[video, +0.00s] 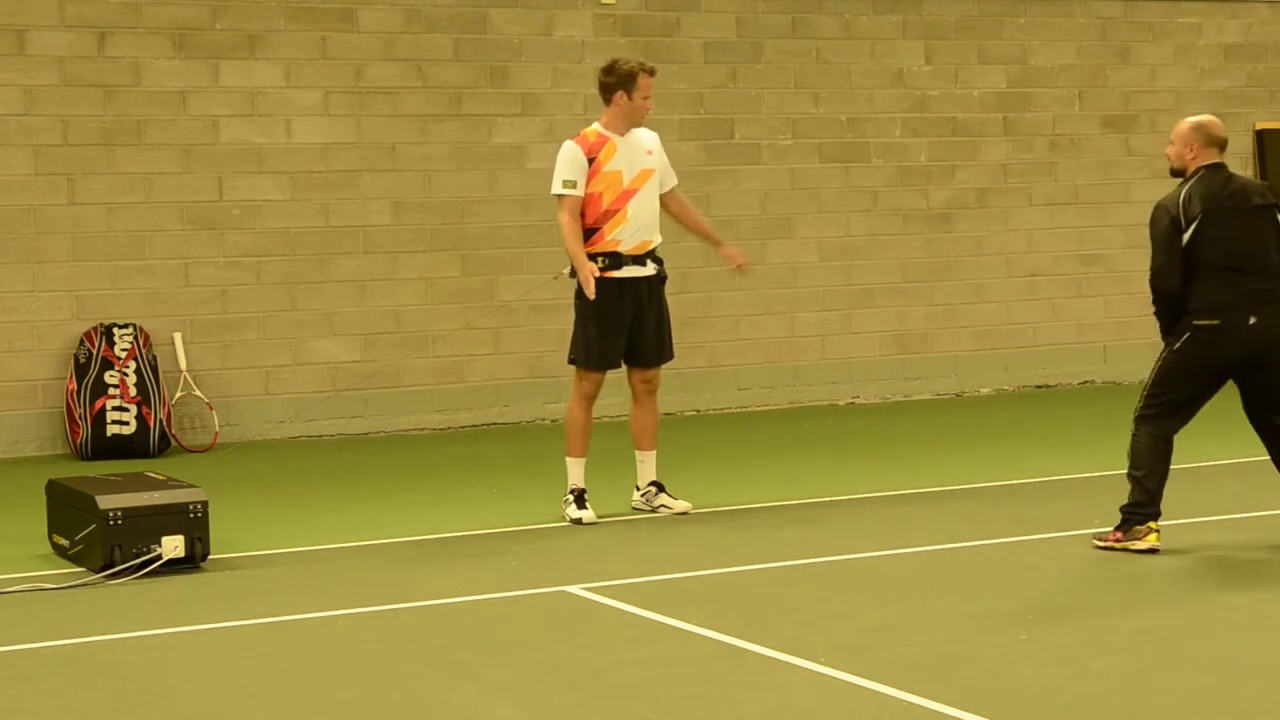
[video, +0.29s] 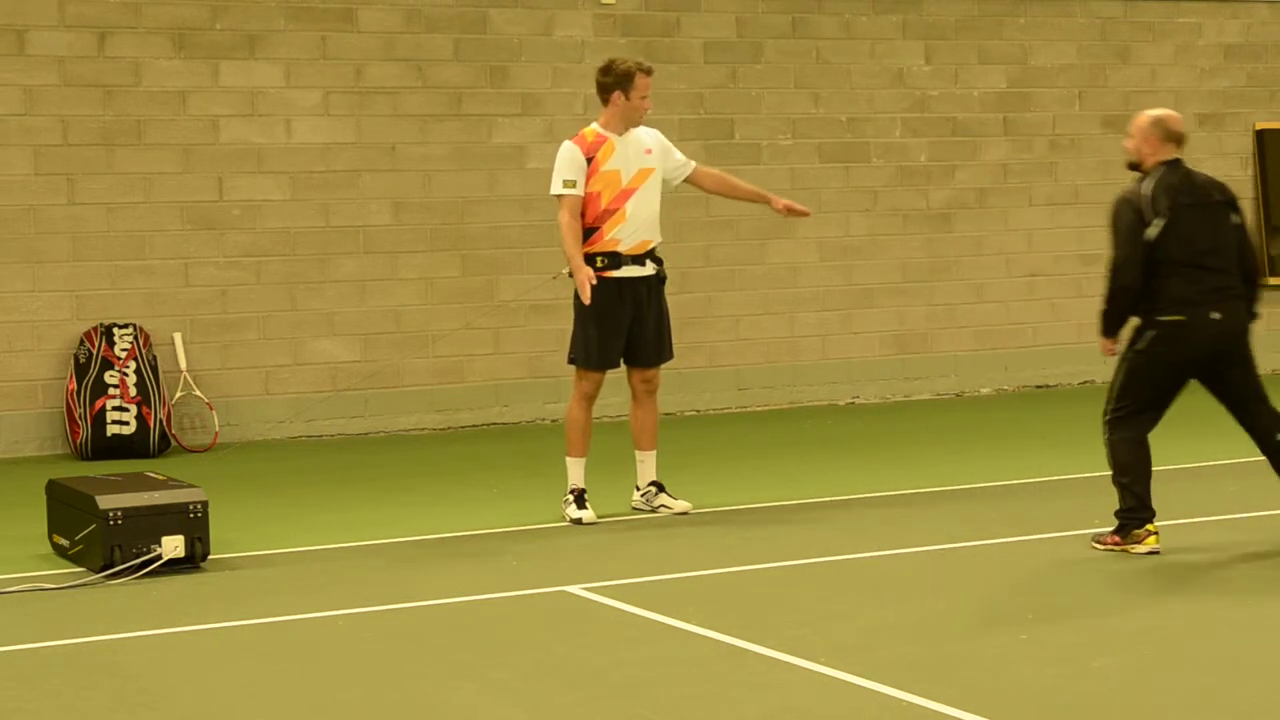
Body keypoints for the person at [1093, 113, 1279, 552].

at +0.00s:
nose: (1166, 151)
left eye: (1172, 144)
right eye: (1169, 143)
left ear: (1192, 149)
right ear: (1213, 151)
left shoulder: (1174, 205)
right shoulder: (1263, 195)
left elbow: (1166, 282)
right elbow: (1274, 263)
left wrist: (1174, 337)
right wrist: (1264, 313)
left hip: (1209, 332)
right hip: (1269, 332)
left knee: (1154, 419)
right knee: (1273, 422)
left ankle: (1140, 522)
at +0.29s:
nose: (1126, 144)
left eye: (1133, 136)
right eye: (1129, 136)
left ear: (1154, 143)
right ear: (1171, 145)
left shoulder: (1136, 200)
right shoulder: (1218, 191)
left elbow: (1128, 274)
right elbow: (1249, 264)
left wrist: (1110, 327)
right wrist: (1240, 312)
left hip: (1168, 331)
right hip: (1226, 329)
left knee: (1123, 421)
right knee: (1264, 420)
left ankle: (1136, 526)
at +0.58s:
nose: (1072, 125)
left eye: (1075, 116)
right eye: (1074, 116)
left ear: (1094, 118)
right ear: (1120, 116)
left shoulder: (1080, 177)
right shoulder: (1168, 168)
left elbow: (1070, 254)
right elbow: (1181, 243)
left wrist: (1056, 322)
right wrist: (1149, 279)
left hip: (1112, 315)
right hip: (1172, 309)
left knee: (1111, 415)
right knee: (1160, 410)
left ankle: (1130, 524)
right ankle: (1145, 502)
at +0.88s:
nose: (1037, 128)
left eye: (1040, 119)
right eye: (1038, 118)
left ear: (1055, 121)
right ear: (1087, 119)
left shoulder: (1038, 177)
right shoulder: (1131, 174)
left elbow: (1028, 257)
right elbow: (1141, 254)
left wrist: (1021, 327)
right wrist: (1113, 293)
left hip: (1060, 322)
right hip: (1119, 323)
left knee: (1027, 404)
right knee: (1097, 424)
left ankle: (1056, 515)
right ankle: (1082, 535)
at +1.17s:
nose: (986, 122)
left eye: (988, 113)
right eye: (988, 112)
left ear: (1001, 114)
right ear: (1032, 114)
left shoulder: (981, 172)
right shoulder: (1075, 170)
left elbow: (960, 248)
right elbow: (1106, 246)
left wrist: (933, 314)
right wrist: (1131, 309)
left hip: (995, 319)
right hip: (1059, 321)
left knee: (952, 418)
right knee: (1065, 427)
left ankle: (911, 528)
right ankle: (1078, 539)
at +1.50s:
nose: (882, 136)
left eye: (883, 127)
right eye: (883, 126)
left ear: (894, 128)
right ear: (928, 125)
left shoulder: (883, 190)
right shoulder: (977, 182)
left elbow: (862, 271)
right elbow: (998, 256)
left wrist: (843, 344)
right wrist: (1009, 321)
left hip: (900, 337)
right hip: (966, 335)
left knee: (875, 447)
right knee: (996, 437)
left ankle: (871, 561)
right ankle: (1046, 537)